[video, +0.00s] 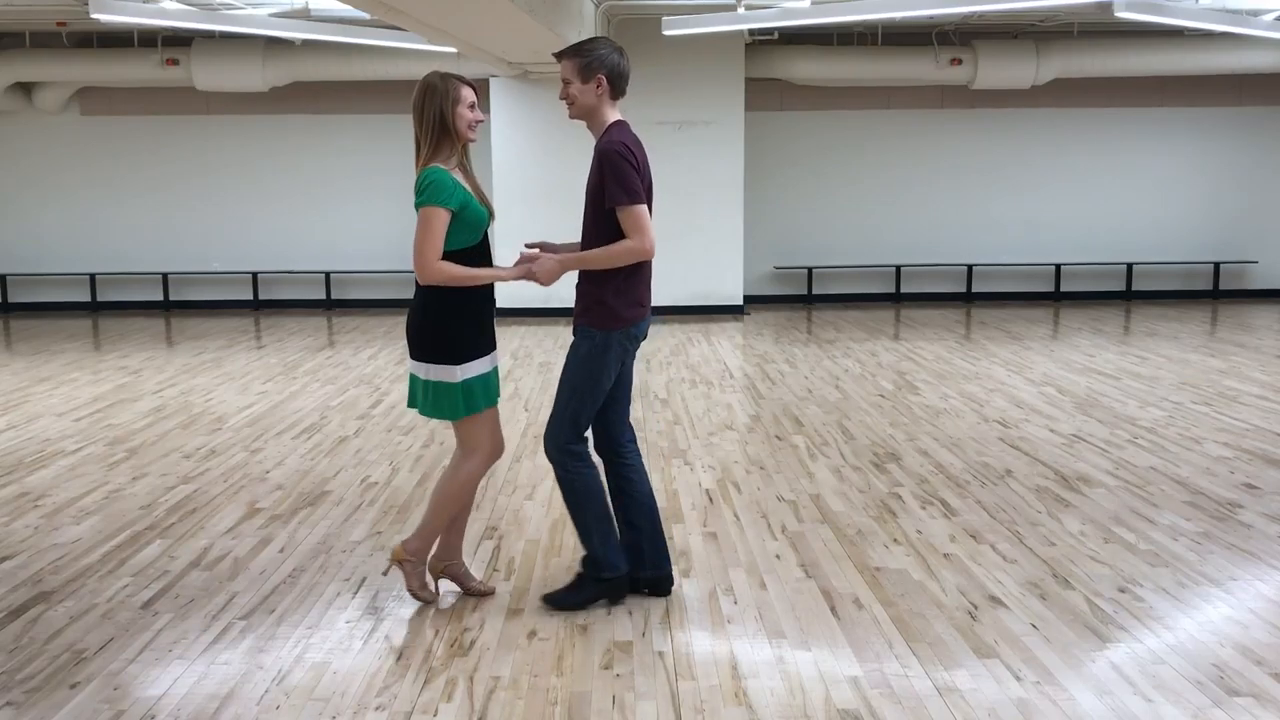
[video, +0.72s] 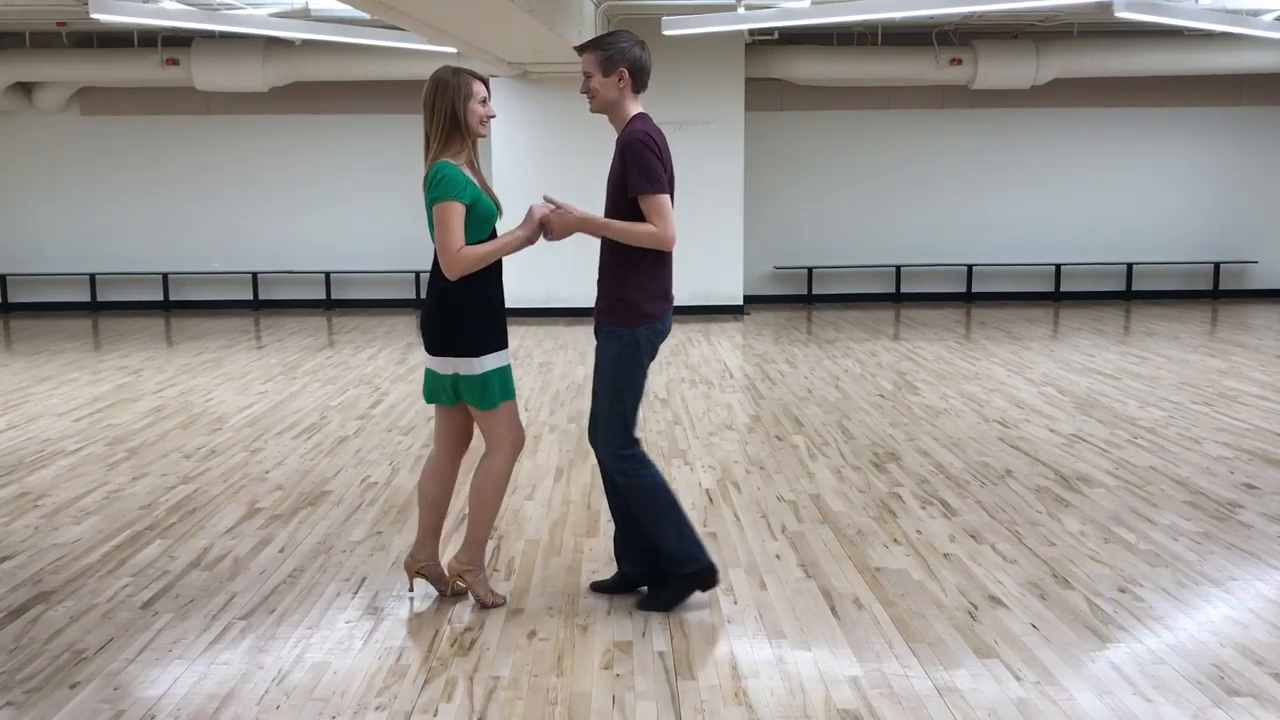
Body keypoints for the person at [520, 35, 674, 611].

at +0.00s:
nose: (562, 95)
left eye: (568, 84)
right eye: (561, 84)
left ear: (599, 84)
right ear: (601, 86)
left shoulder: (616, 148)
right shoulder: (617, 143)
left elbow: (641, 244)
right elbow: (616, 240)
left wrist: (562, 264)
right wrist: (555, 252)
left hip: (607, 322)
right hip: (619, 318)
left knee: (564, 440)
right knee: (615, 437)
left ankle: (605, 568)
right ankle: (651, 569)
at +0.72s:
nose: (582, 89)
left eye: (588, 78)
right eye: (582, 79)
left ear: (621, 78)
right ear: (619, 81)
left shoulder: (639, 139)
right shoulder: (633, 136)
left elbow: (663, 234)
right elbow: (640, 228)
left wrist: (581, 221)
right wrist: (577, 220)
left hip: (634, 319)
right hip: (624, 316)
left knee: (614, 442)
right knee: (609, 438)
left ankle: (687, 566)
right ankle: (639, 566)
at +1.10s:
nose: (616, 92)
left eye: (622, 81)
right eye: (615, 82)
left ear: (656, 81)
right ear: (653, 84)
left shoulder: (673, 143)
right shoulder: (669, 139)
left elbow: (702, 238)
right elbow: (676, 235)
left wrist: (622, 259)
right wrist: (616, 240)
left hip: (686, 324)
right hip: (672, 323)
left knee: (672, 447)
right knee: (646, 439)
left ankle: (716, 578)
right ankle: (717, 557)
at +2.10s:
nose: (573, 85)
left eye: (580, 74)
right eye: (573, 75)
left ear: (612, 77)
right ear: (612, 79)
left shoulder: (628, 139)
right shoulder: (625, 136)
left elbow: (648, 240)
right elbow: (626, 233)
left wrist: (574, 235)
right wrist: (568, 234)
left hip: (622, 318)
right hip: (615, 315)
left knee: (600, 446)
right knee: (607, 443)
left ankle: (678, 556)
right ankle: (630, 566)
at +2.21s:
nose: (565, 84)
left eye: (572, 74)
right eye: (566, 74)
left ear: (603, 77)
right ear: (604, 78)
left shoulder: (620, 143)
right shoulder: (616, 139)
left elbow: (641, 242)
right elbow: (619, 236)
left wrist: (560, 251)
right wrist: (556, 254)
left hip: (610, 320)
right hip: (611, 316)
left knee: (570, 442)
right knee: (606, 436)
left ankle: (628, 569)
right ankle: (637, 567)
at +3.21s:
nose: (586, 85)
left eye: (591, 74)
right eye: (586, 74)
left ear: (623, 74)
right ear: (622, 77)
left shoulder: (641, 136)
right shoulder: (640, 133)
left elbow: (667, 231)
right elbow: (641, 226)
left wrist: (587, 224)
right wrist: (581, 214)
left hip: (645, 320)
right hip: (629, 317)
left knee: (654, 445)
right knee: (609, 434)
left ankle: (710, 570)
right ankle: (630, 563)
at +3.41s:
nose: (607, 88)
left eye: (613, 77)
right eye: (607, 78)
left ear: (645, 78)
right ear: (645, 80)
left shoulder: (663, 141)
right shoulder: (663, 137)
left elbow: (687, 239)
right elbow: (667, 236)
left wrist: (607, 263)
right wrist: (607, 241)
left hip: (677, 322)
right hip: (660, 320)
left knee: (668, 446)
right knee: (636, 436)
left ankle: (713, 580)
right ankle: (685, 565)